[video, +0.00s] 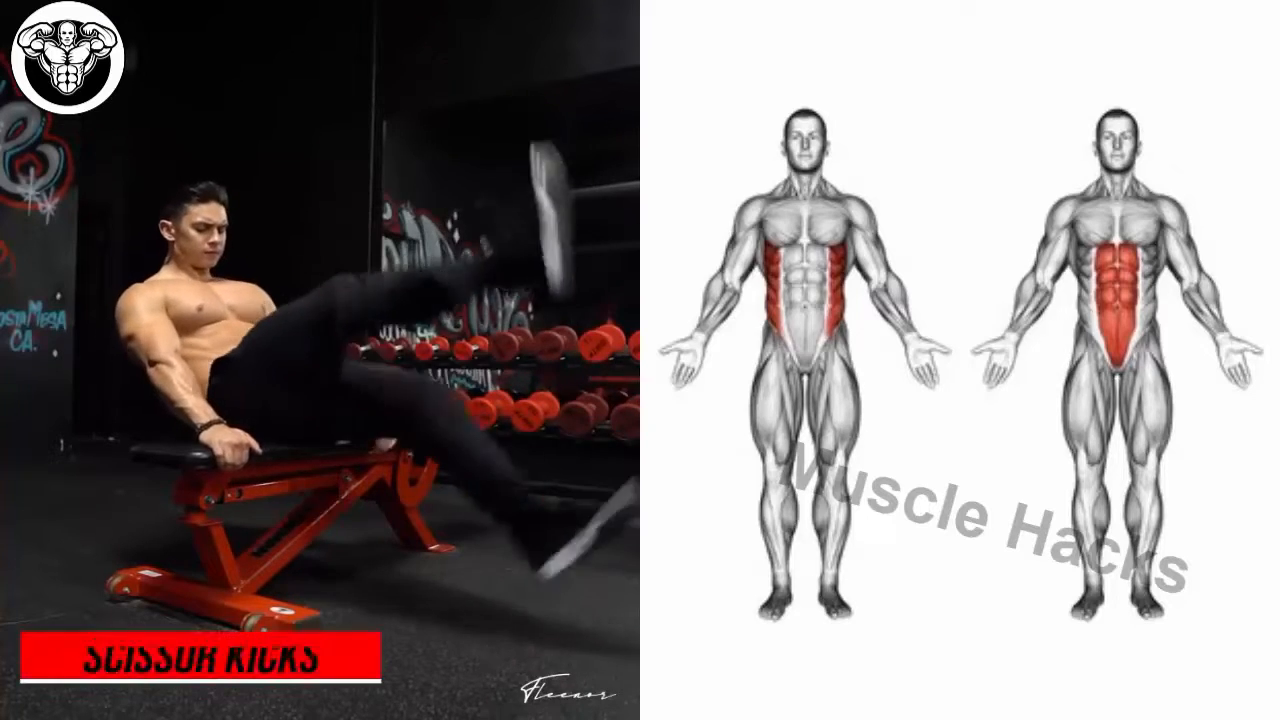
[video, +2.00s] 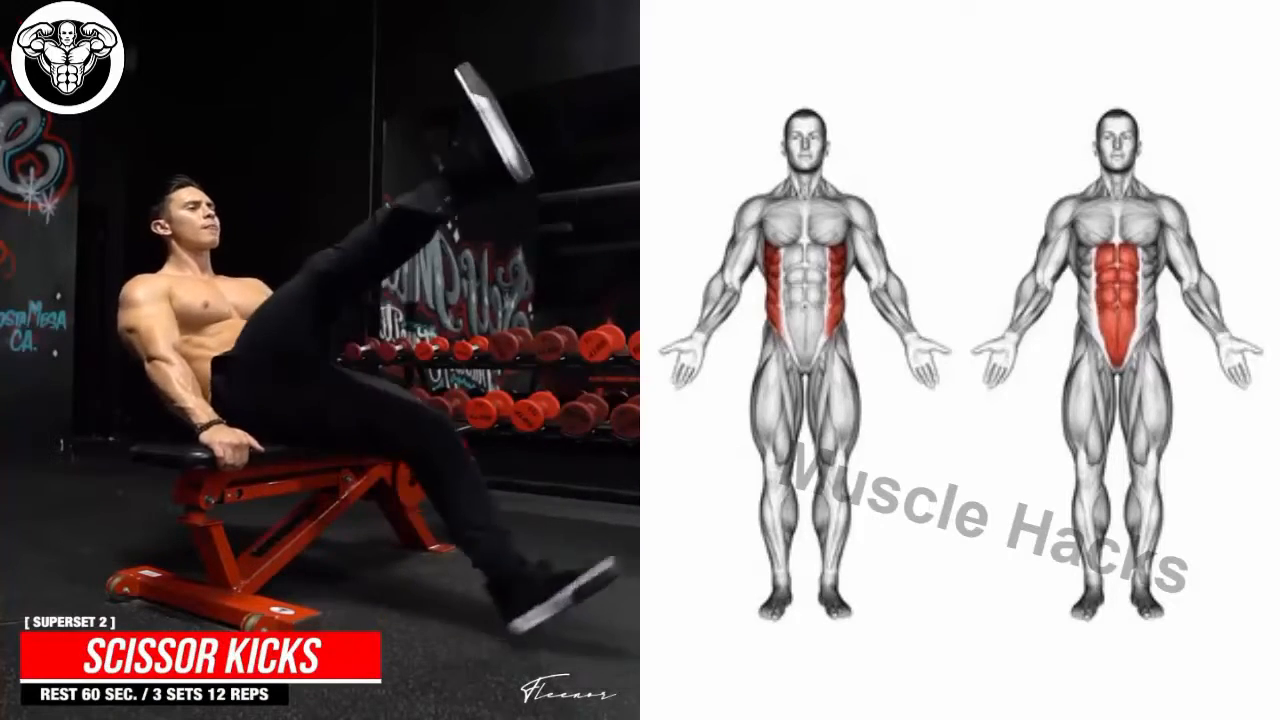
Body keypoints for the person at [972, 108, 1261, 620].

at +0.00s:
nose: (1116, 145)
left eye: (1124, 138)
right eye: (1109, 137)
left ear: (1137, 146)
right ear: (1097, 145)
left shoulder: (1164, 211)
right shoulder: (1070, 211)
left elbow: (1193, 282)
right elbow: (1041, 282)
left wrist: (1221, 335)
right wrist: (1012, 336)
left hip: (1144, 355)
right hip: (1089, 354)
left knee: (1145, 467)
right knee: (1088, 466)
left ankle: (1141, 582)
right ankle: (1092, 583)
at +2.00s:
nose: (1116, 145)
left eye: (1124, 138)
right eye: (1109, 137)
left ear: (1137, 146)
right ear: (1097, 145)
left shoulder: (1164, 211)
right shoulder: (1070, 211)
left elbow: (1193, 282)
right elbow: (1041, 282)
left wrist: (1221, 335)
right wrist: (1012, 336)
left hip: (1144, 355)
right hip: (1089, 354)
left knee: (1145, 466)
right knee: (1088, 466)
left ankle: (1141, 582)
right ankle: (1092, 583)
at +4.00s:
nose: (1116, 145)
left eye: (1124, 138)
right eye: (1108, 138)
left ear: (1137, 145)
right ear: (1096, 146)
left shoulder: (1164, 211)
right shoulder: (1070, 211)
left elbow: (1193, 282)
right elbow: (1041, 282)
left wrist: (1222, 335)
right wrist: (1012, 336)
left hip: (1144, 355)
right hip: (1089, 355)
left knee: (1145, 466)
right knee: (1088, 466)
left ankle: (1141, 581)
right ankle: (1092, 583)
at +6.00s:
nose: (1116, 145)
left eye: (1124, 138)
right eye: (1108, 138)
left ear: (1137, 145)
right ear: (1097, 145)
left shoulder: (1164, 211)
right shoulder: (1070, 211)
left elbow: (1193, 282)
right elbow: (1041, 282)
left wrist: (1221, 335)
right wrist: (1012, 336)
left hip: (1144, 355)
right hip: (1089, 354)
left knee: (1145, 466)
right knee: (1088, 466)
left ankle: (1141, 581)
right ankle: (1092, 583)